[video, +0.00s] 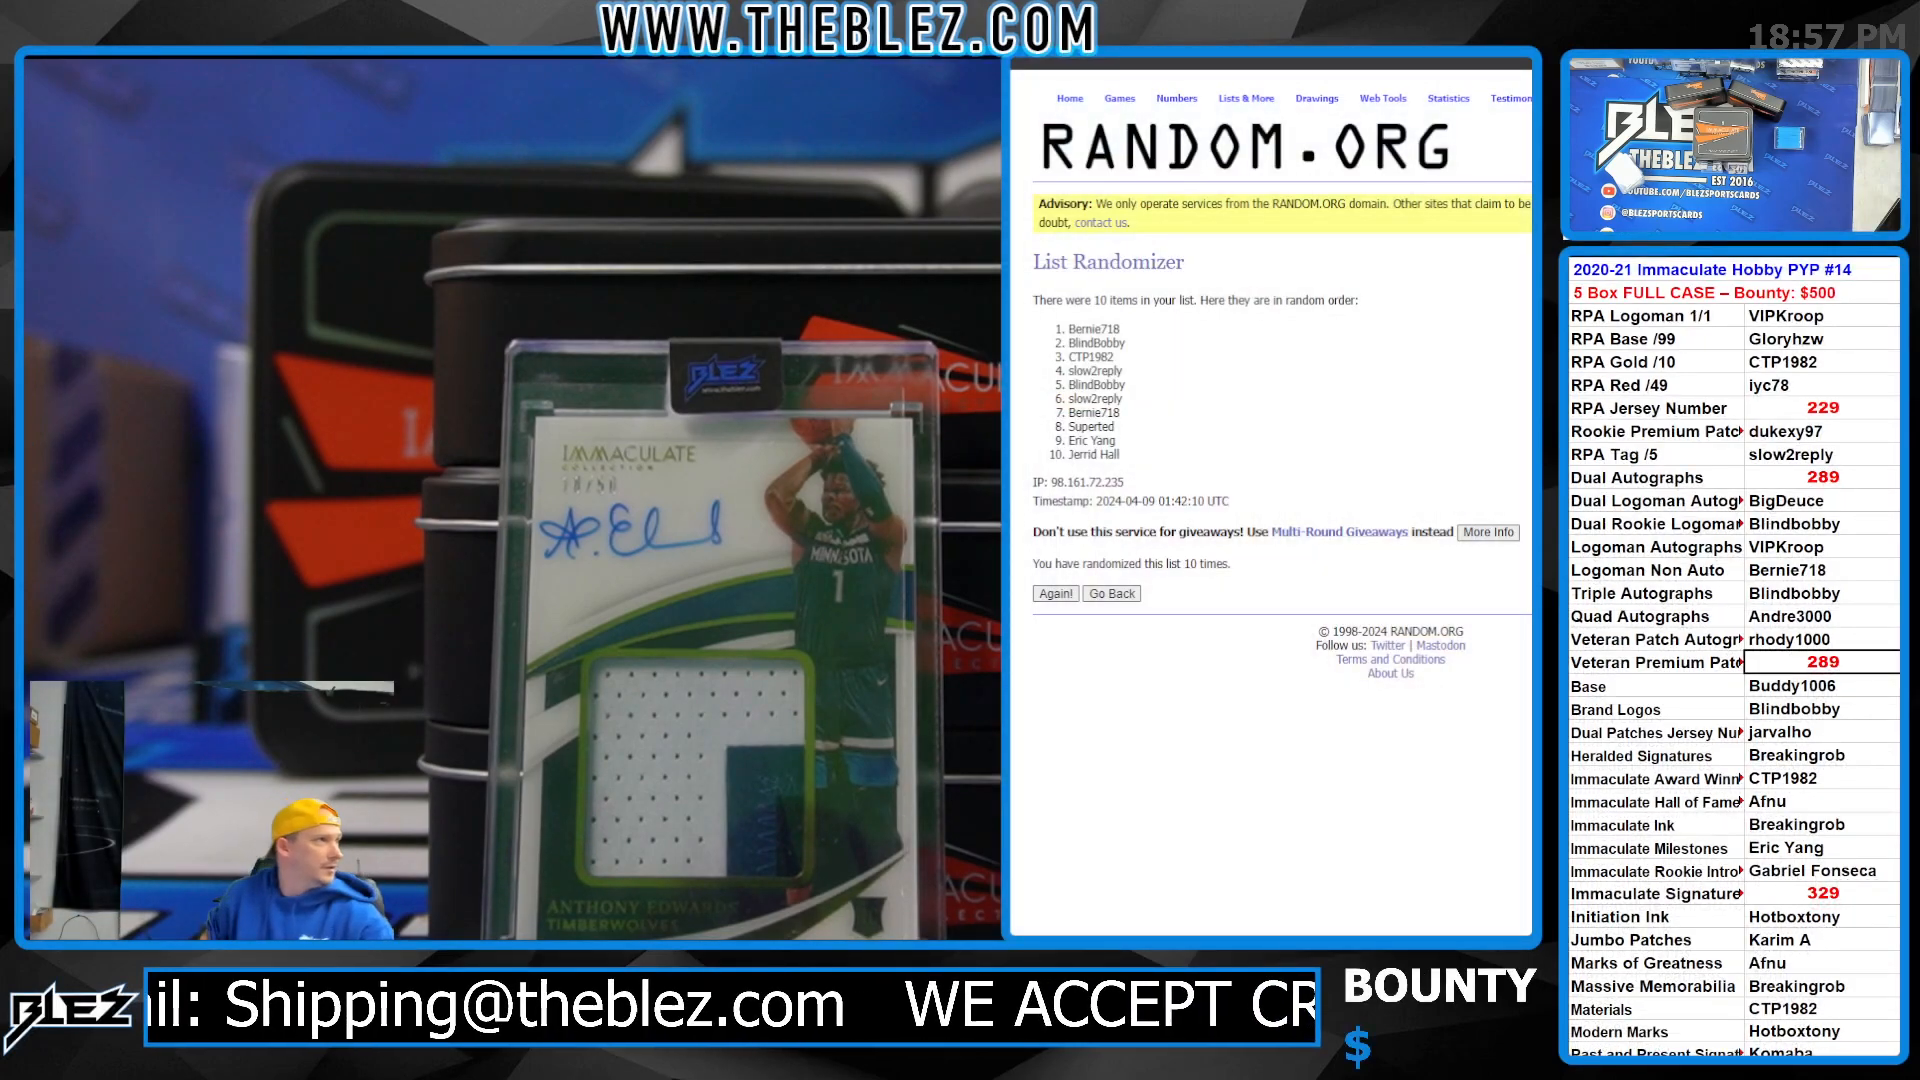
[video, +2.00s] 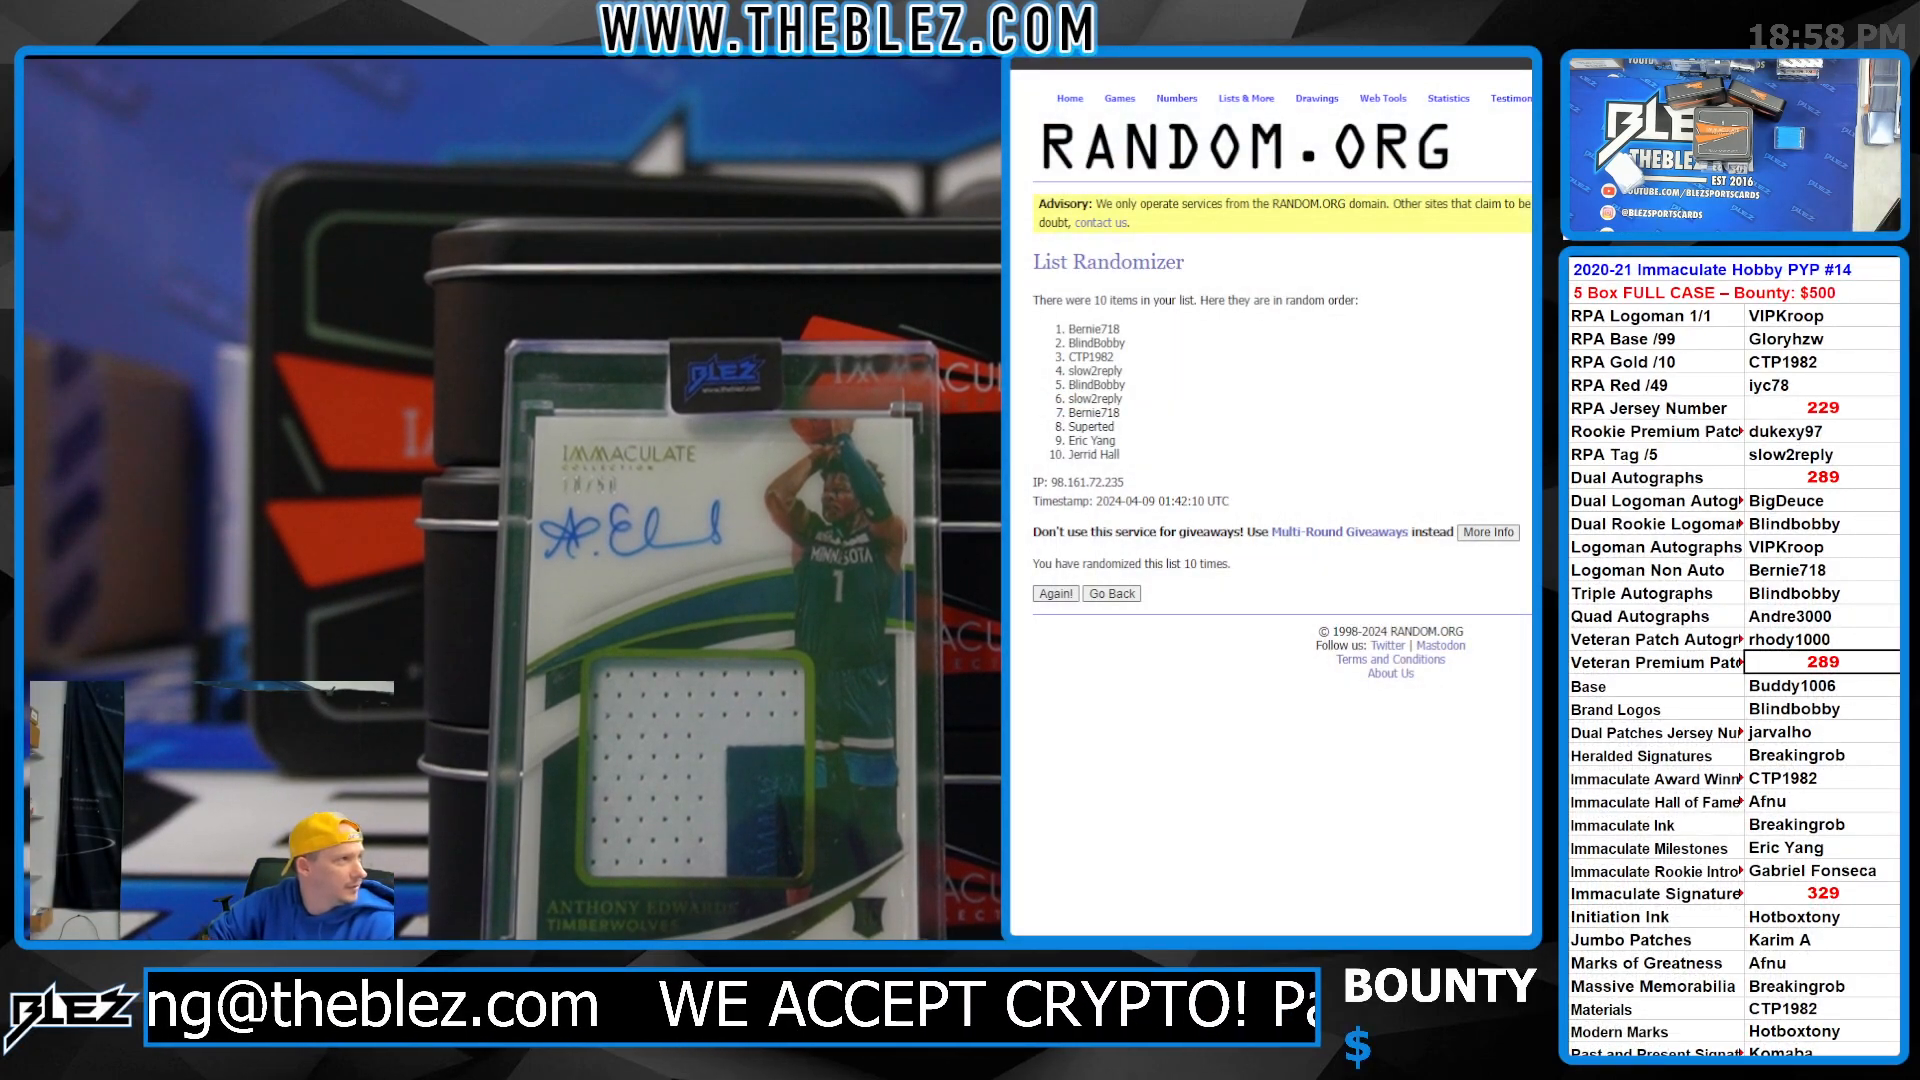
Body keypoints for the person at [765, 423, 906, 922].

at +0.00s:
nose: (835, 495)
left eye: (845, 488)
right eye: (829, 487)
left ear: (863, 495)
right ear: (821, 493)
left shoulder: (884, 539)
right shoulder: (809, 533)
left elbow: (880, 505)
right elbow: (776, 496)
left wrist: (846, 449)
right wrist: (813, 460)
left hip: (866, 675)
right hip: (813, 673)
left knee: (870, 789)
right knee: (818, 787)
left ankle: (872, 894)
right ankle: (823, 887)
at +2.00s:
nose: (835, 497)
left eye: (843, 490)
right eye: (829, 490)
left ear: (862, 495)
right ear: (822, 496)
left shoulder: (884, 539)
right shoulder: (811, 533)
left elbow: (876, 496)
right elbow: (776, 496)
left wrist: (843, 445)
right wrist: (815, 459)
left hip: (865, 679)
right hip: (813, 679)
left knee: (873, 797)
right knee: (820, 795)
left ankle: (873, 895)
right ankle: (820, 888)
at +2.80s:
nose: (835, 496)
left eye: (844, 490)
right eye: (830, 489)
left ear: (862, 495)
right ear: (822, 495)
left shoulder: (883, 539)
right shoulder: (810, 533)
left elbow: (875, 496)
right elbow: (776, 495)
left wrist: (844, 445)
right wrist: (815, 458)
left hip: (865, 678)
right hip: (813, 677)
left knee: (872, 796)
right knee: (818, 793)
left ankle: (871, 897)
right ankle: (819, 888)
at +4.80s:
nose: (841, 494)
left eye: (850, 488)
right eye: (835, 487)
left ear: (869, 495)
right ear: (827, 493)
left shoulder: (891, 540)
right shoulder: (815, 533)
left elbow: (883, 501)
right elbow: (780, 496)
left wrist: (851, 445)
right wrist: (818, 458)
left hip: (871, 680)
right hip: (817, 679)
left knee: (877, 800)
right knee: (824, 797)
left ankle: (877, 904)